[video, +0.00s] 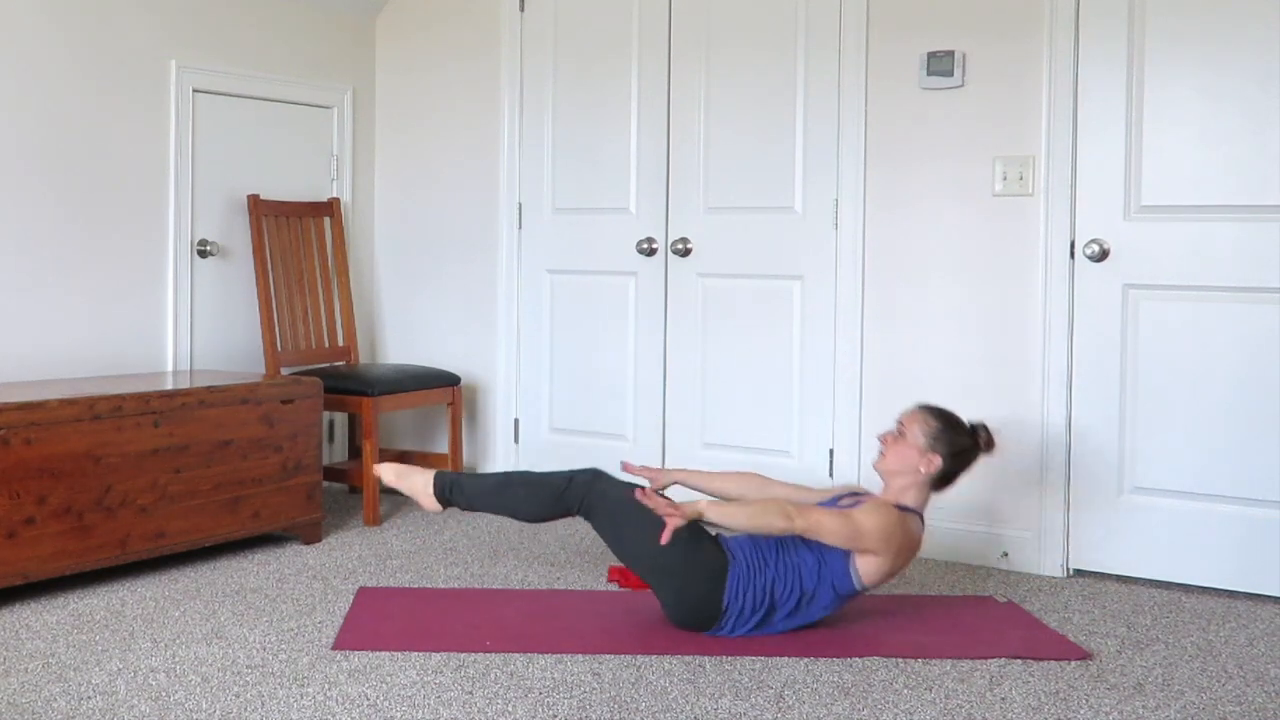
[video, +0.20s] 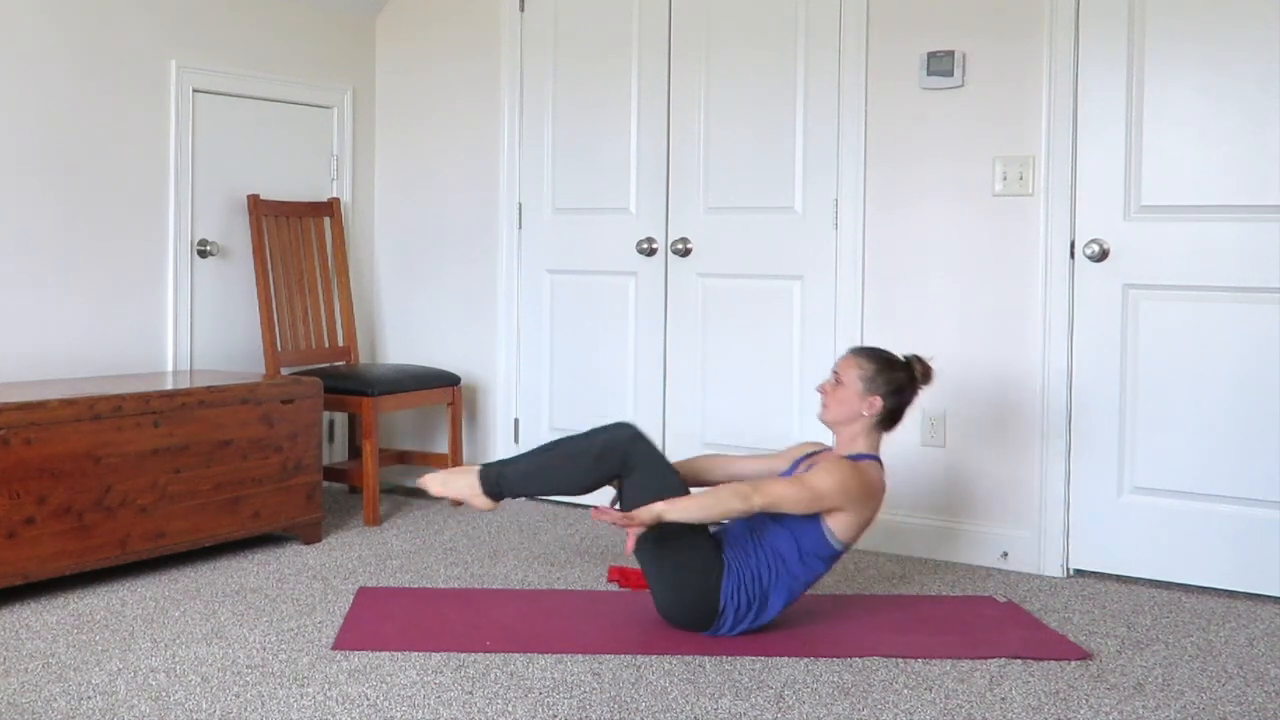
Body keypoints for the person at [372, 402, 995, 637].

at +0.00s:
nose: (883, 441)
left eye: (900, 438)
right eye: (891, 432)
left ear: (928, 466)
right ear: (910, 456)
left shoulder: (890, 524)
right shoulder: (870, 503)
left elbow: (794, 524)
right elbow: (774, 493)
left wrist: (695, 514)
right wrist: (680, 478)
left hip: (716, 587)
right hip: (719, 567)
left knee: (586, 485)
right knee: (590, 483)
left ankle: (436, 487)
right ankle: (444, 484)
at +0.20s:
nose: (824, 386)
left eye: (838, 382)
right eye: (831, 377)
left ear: (871, 407)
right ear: (860, 403)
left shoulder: (855, 477)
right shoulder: (819, 455)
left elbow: (755, 500)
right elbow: (730, 469)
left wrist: (652, 513)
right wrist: (644, 491)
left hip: (714, 596)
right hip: (707, 572)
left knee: (626, 446)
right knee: (622, 443)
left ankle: (483, 485)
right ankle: (484, 480)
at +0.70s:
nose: (878, 438)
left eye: (895, 435)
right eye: (886, 428)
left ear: (923, 464)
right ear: (902, 451)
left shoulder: (884, 526)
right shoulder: (861, 496)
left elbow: (784, 508)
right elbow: (770, 482)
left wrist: (686, 490)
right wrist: (681, 471)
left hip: (711, 593)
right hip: (716, 564)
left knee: (604, 467)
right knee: (607, 464)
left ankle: (459, 508)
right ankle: (466, 504)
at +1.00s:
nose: (932, 500)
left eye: (949, 502)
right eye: (942, 492)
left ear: (971, 537)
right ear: (950, 520)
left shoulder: (917, 578)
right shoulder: (909, 559)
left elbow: (839, 531)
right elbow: (827, 518)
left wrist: (754, 480)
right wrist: (740, 471)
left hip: (729, 587)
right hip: (732, 569)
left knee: (611, 477)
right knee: (615, 476)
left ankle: (473, 414)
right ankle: (478, 417)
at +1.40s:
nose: (898, 469)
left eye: (914, 465)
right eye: (906, 459)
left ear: (945, 492)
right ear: (932, 488)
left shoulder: (899, 544)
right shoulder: (903, 537)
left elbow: (800, 515)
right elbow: (801, 519)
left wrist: (709, 490)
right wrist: (706, 491)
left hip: (723, 583)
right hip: (728, 576)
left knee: (584, 505)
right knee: (588, 504)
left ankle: (434, 490)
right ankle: (441, 490)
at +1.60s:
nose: (844, 409)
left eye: (859, 402)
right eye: (851, 398)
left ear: (893, 424)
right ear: (880, 419)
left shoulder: (872, 489)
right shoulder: (849, 470)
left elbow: (767, 491)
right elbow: (759, 482)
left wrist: (670, 493)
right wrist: (667, 489)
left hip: (718, 597)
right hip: (717, 573)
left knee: (603, 467)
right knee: (605, 463)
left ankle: (463, 519)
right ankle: (469, 515)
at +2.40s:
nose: (898, 461)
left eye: (914, 458)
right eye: (906, 451)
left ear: (946, 484)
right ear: (926, 477)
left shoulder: (901, 542)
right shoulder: (886, 523)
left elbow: (796, 529)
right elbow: (787, 515)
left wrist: (708, 506)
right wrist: (704, 502)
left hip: (722, 590)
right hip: (724, 570)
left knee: (578, 507)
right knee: (581, 500)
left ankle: (430, 520)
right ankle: (436, 516)